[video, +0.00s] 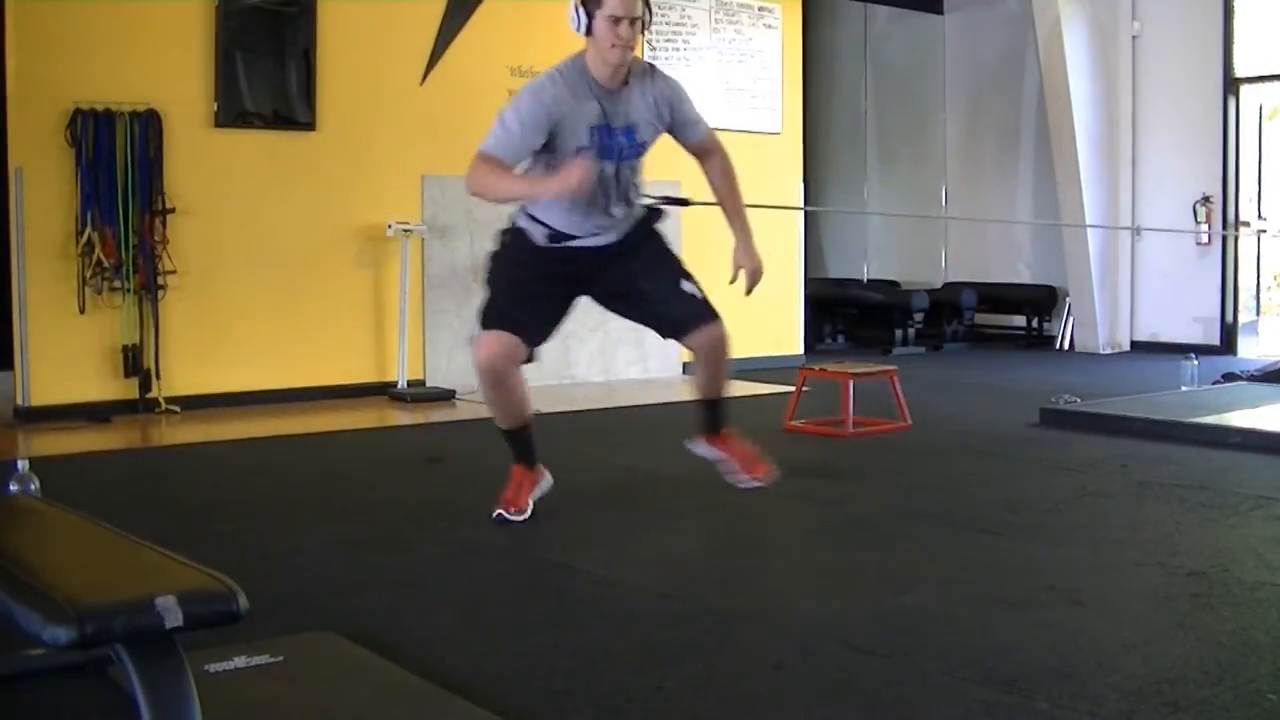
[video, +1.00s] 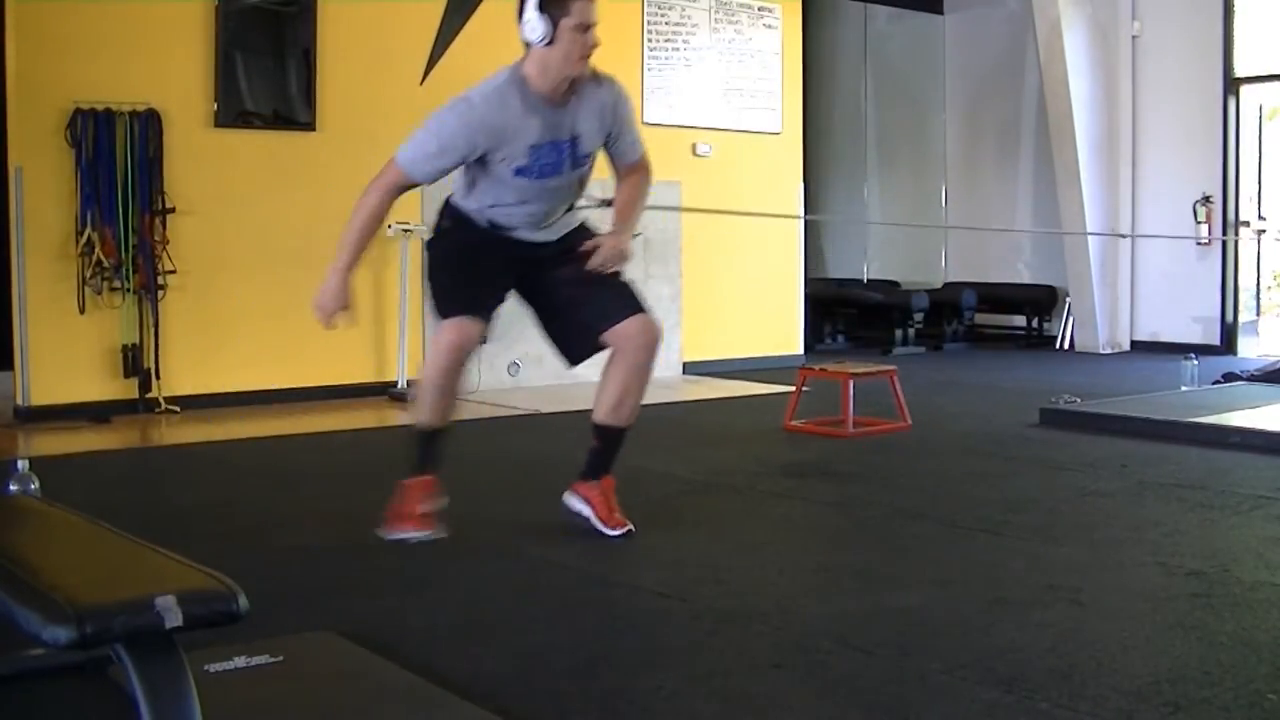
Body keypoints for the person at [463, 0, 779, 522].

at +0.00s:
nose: (626, 34)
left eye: (634, 22)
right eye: (615, 20)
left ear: (642, 28)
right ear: (586, 23)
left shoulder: (658, 90)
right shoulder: (549, 94)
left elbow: (710, 153)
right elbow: (479, 178)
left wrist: (743, 238)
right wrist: (551, 183)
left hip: (624, 243)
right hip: (542, 247)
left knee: (711, 338)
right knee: (492, 355)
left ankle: (712, 433)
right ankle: (527, 469)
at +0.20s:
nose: (562, 89)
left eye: (573, 77)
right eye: (551, 74)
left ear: (584, 82)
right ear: (523, 74)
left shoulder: (592, 145)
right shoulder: (479, 136)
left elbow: (649, 223)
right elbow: (402, 232)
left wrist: (677, 305)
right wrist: (364, 336)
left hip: (516, 272)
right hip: (439, 264)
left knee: (598, 352)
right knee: (366, 368)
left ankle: (576, 497)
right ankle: (271, 497)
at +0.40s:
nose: (431, 212)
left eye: (444, 199)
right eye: (419, 196)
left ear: (458, 200)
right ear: (391, 193)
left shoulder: (478, 243)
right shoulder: (352, 240)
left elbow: (551, 332)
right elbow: (269, 354)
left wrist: (580, 440)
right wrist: (212, 469)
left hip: (429, 320)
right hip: (346, 318)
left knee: (532, 371)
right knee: (273, 390)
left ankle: (573, 501)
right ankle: (185, 534)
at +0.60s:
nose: (359, 282)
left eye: (371, 268)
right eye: (347, 268)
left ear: (390, 257)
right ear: (320, 260)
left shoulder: (411, 298)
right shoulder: (277, 299)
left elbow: (440, 420)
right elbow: (221, 427)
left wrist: (460, 533)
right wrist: (170, 530)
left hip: (386, 314)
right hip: (286, 293)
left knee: (487, 392)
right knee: (210, 391)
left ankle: (565, 498)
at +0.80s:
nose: (487, 153)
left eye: (490, 140)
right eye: (475, 141)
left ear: (487, 141)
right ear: (434, 143)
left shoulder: (496, 204)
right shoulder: (373, 199)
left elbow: (529, 299)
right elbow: (274, 278)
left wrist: (523, 392)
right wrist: (218, 380)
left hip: (444, 298)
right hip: (354, 294)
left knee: (551, 372)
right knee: (284, 393)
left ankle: (574, 499)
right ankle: (184, 530)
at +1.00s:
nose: (594, 39)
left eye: (594, 27)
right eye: (582, 28)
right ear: (540, 35)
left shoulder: (604, 97)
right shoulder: (485, 109)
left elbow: (635, 171)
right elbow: (387, 183)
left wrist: (621, 234)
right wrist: (338, 275)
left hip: (556, 238)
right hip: (475, 235)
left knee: (637, 334)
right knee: (459, 332)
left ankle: (595, 483)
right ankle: (421, 485)